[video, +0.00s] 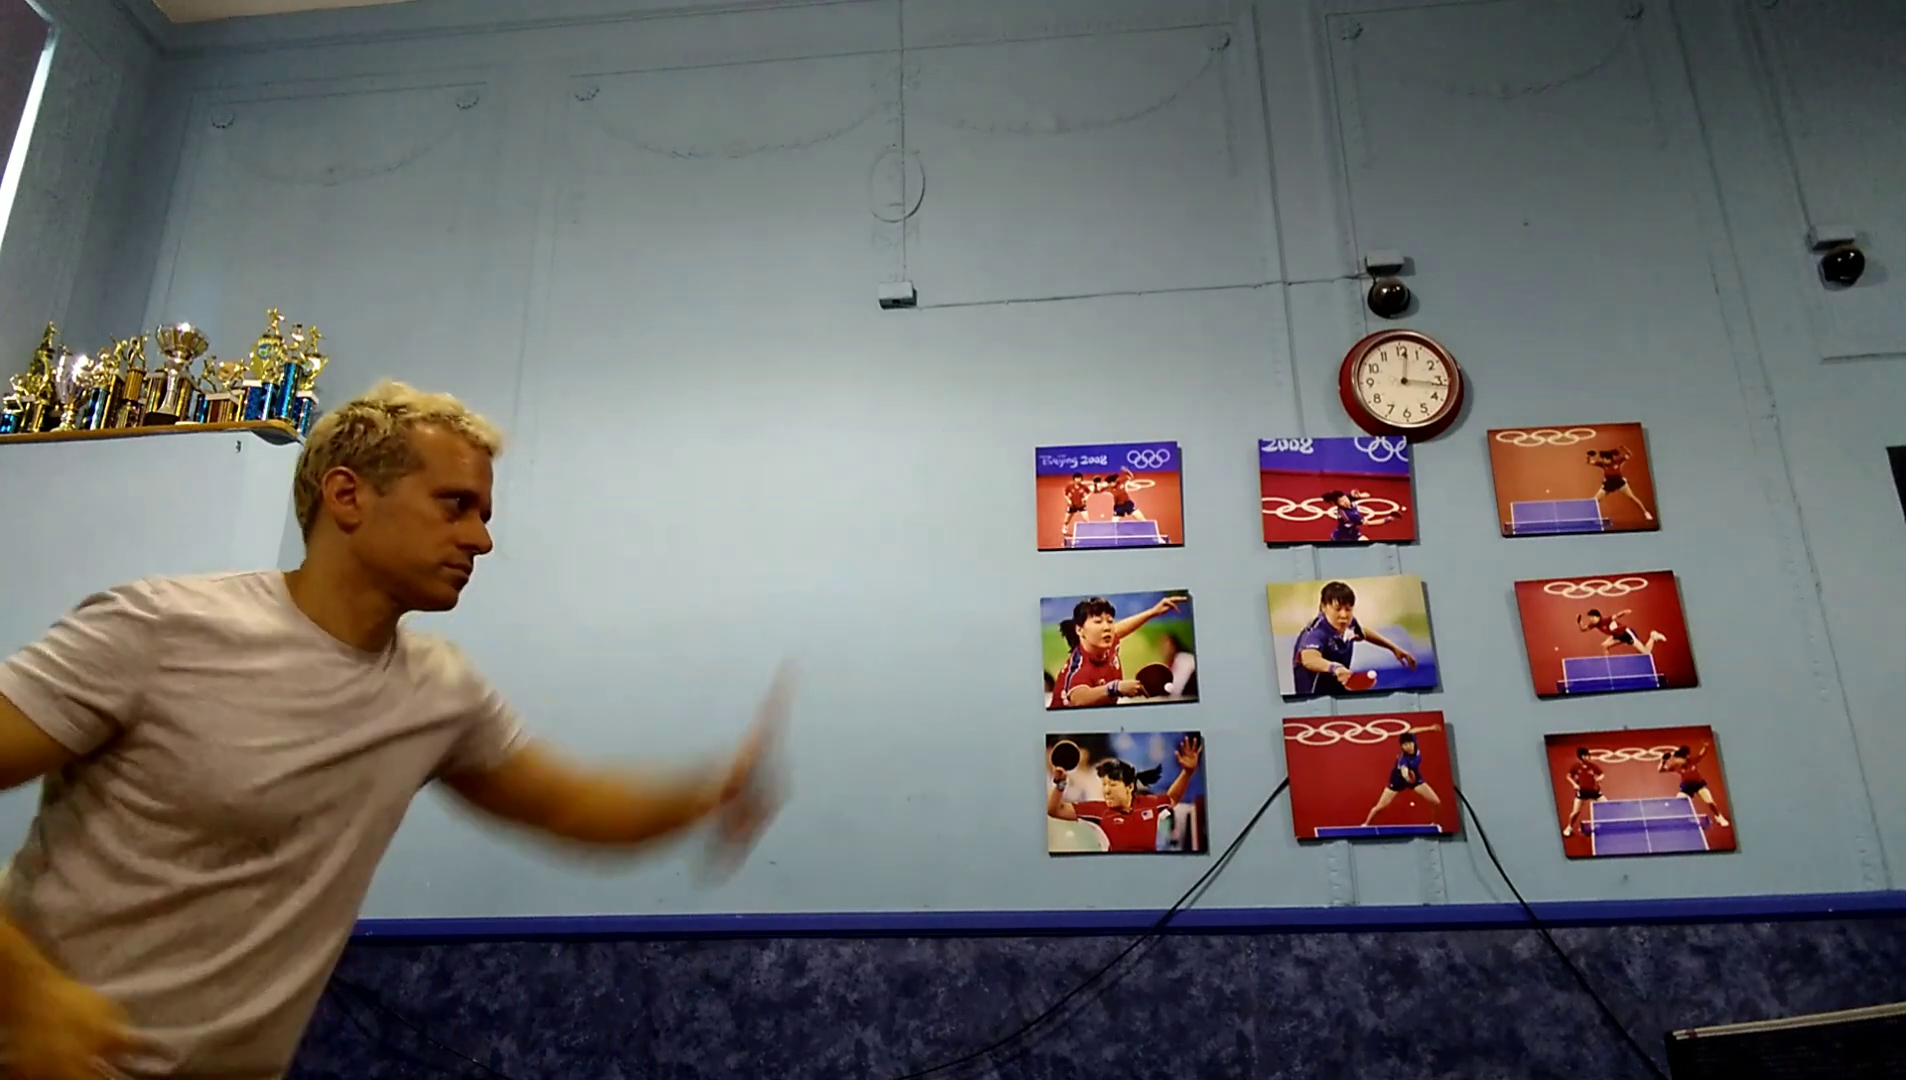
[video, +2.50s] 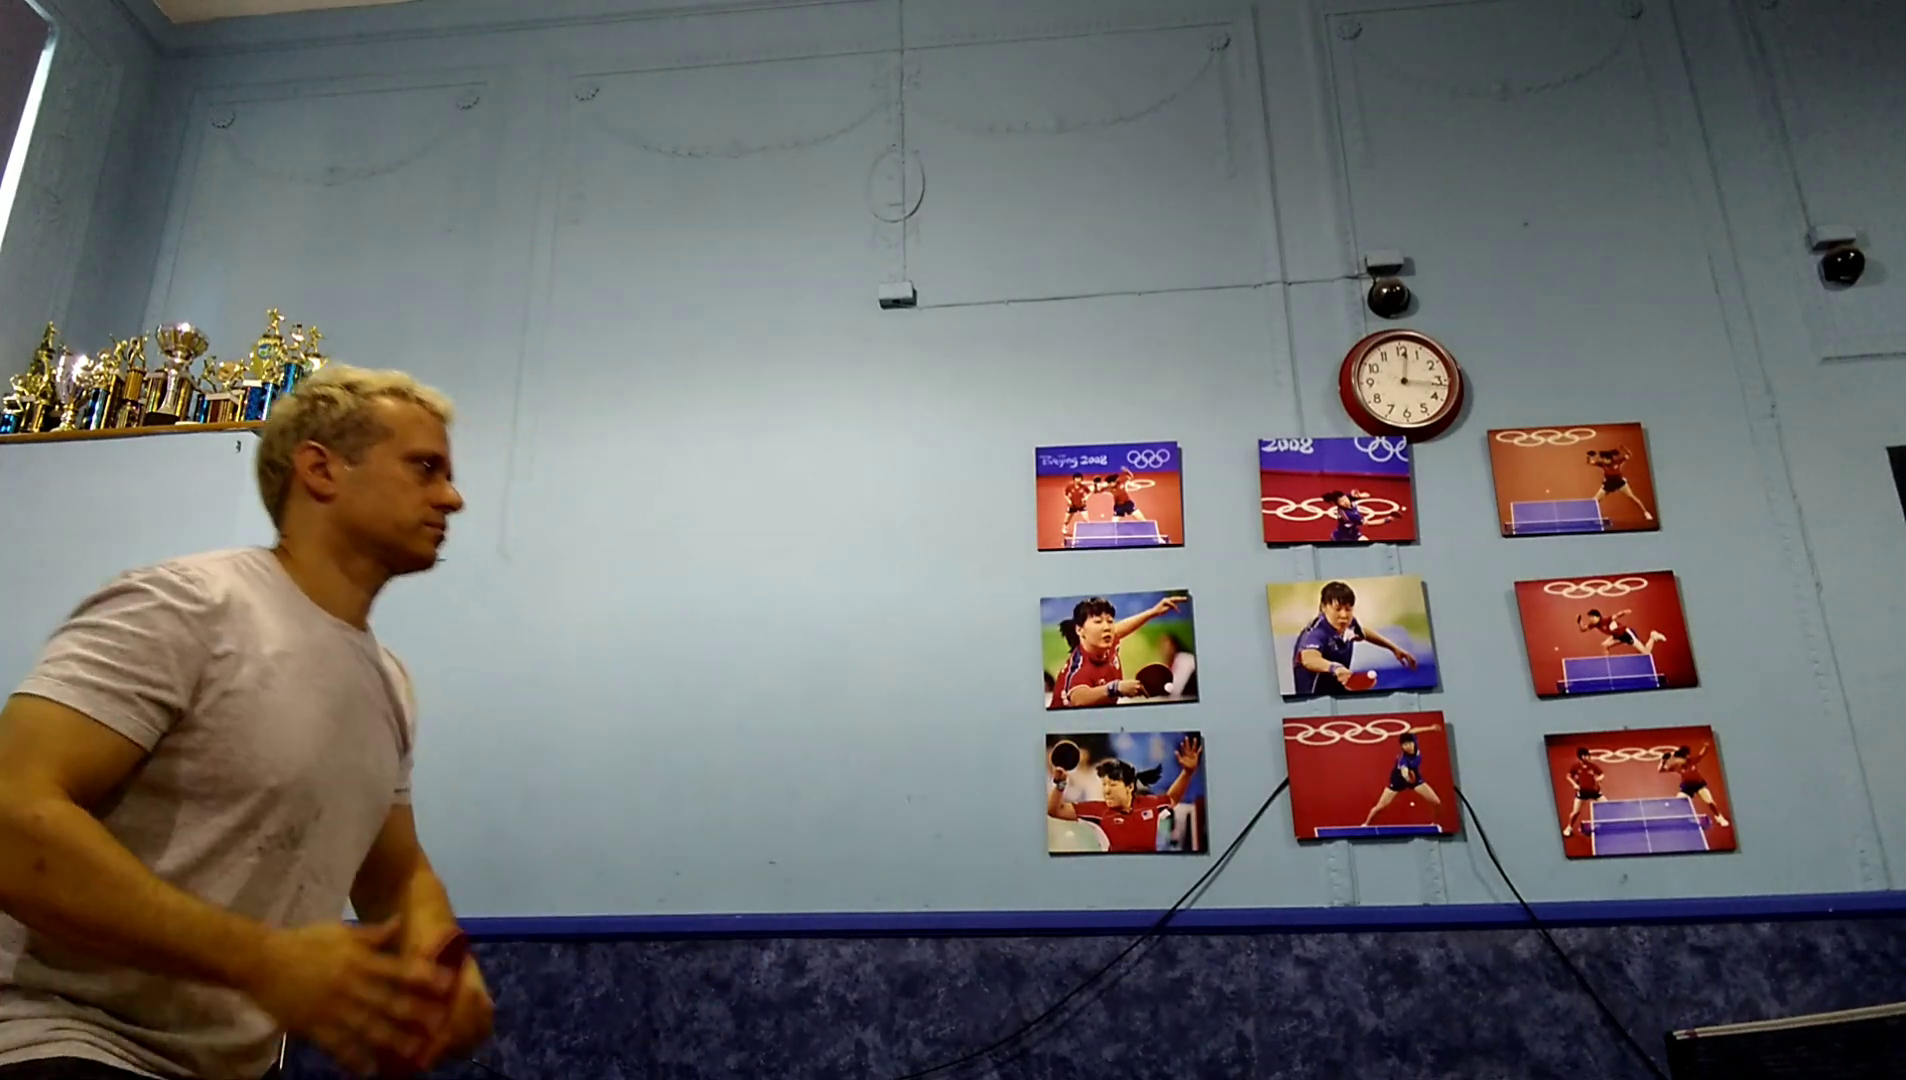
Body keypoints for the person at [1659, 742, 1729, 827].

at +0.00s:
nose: (1678, 761)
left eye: (1680, 759)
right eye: (1677, 759)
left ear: (1686, 758)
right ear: (1676, 758)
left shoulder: (1692, 761)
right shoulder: (1676, 766)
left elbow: (1701, 755)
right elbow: (1661, 770)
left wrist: (1705, 747)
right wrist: (1663, 761)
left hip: (1699, 784)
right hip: (1686, 786)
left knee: (1710, 802)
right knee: (1678, 803)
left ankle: (1718, 816)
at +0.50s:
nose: (1679, 762)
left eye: (1681, 760)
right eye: (1678, 760)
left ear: (1686, 758)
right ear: (1676, 759)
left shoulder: (1692, 761)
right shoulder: (1676, 766)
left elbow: (1700, 756)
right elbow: (1661, 770)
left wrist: (1705, 747)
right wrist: (1663, 760)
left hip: (1699, 784)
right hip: (1686, 786)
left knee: (1710, 802)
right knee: (1678, 803)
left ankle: (1718, 817)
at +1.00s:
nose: (1679, 761)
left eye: (1681, 759)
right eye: (1678, 760)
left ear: (1686, 757)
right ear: (1676, 759)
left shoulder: (1692, 761)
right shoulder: (1676, 766)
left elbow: (1700, 755)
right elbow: (1661, 770)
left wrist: (1705, 747)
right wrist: (1663, 760)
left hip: (1699, 784)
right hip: (1686, 786)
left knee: (1710, 802)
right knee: (1678, 803)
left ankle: (1719, 817)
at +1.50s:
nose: (1681, 761)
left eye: (1683, 759)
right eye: (1680, 760)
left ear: (1687, 757)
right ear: (1677, 758)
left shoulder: (1692, 761)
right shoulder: (1676, 766)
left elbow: (1700, 756)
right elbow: (1661, 770)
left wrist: (1705, 747)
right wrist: (1663, 761)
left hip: (1699, 784)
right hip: (1686, 786)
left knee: (1710, 802)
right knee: (1678, 803)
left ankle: (1718, 816)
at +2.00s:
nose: (1685, 759)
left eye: (1686, 757)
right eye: (1683, 757)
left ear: (1687, 756)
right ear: (1679, 757)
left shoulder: (1692, 760)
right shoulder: (1676, 766)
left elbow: (1701, 755)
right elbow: (1661, 770)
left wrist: (1705, 747)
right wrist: (1663, 760)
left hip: (1699, 784)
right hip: (1686, 786)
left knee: (1710, 802)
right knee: (1678, 803)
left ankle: (1719, 817)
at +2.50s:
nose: (1683, 761)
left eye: (1685, 758)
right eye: (1681, 759)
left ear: (1687, 756)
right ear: (1678, 758)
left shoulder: (1692, 760)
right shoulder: (1676, 766)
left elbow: (1701, 755)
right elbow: (1661, 770)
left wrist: (1705, 747)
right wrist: (1663, 760)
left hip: (1699, 784)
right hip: (1686, 786)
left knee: (1710, 802)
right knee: (1678, 803)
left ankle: (1718, 816)